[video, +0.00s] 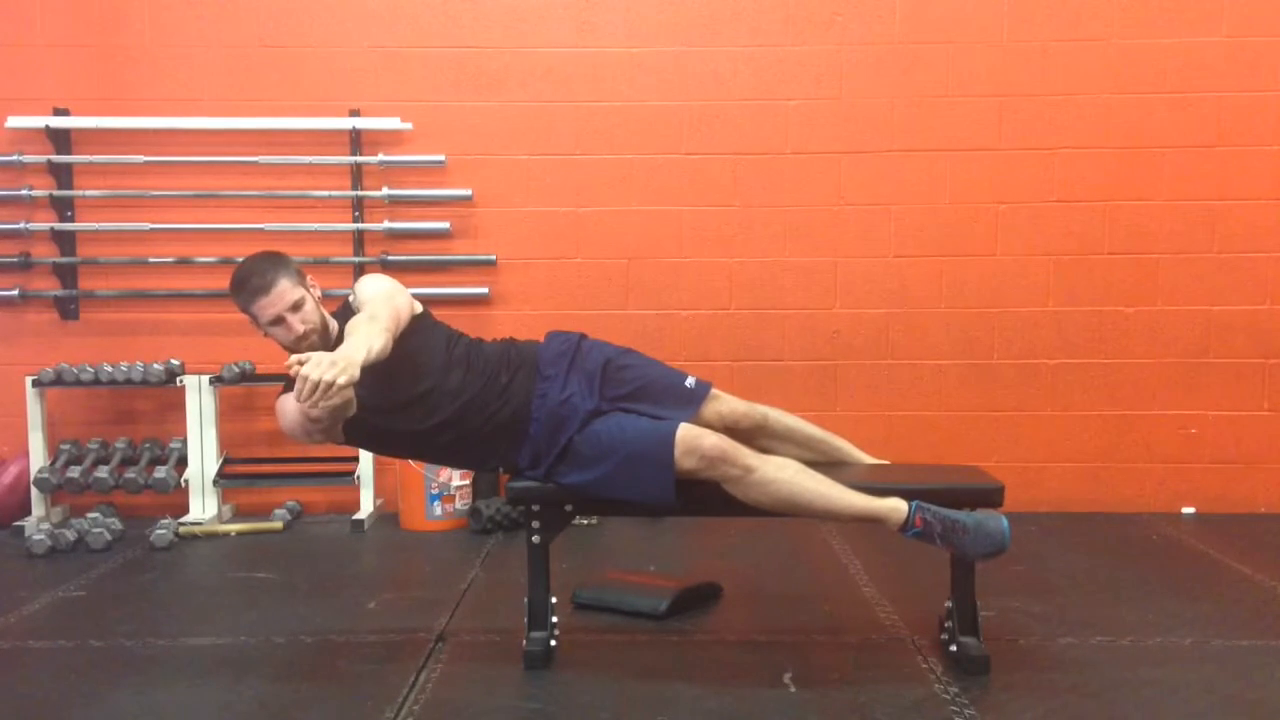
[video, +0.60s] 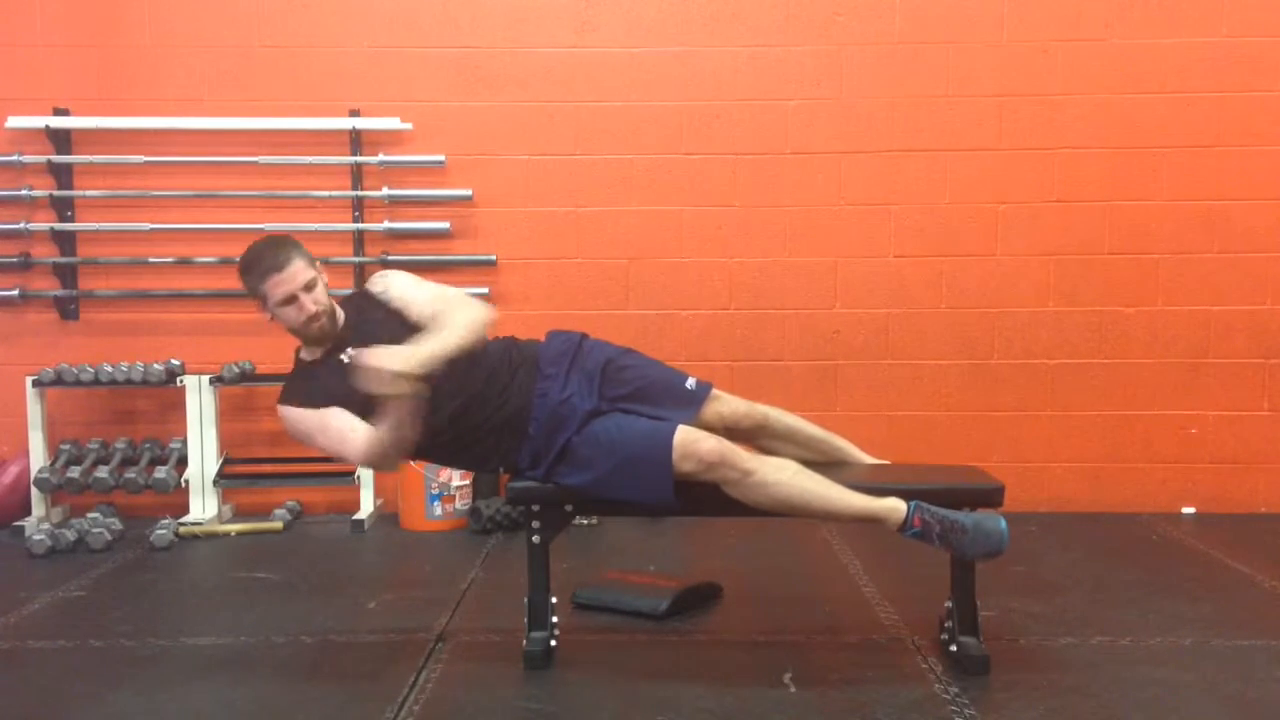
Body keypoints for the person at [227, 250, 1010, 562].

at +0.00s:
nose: (295, 327)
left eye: (294, 307)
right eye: (275, 326)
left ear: (312, 284)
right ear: (260, 337)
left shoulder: (368, 293)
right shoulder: (301, 400)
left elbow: (385, 321)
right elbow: (323, 420)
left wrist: (345, 360)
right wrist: (328, 399)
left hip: (568, 365)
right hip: (548, 446)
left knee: (737, 415)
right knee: (708, 454)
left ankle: (909, 491)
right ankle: (912, 520)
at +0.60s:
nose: (308, 305)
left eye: (309, 287)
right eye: (287, 303)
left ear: (324, 274)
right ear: (268, 318)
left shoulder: (376, 291)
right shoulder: (306, 399)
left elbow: (469, 315)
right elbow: (384, 452)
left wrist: (406, 362)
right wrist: (403, 374)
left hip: (566, 363)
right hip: (541, 442)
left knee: (739, 416)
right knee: (720, 461)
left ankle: (900, 483)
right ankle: (906, 520)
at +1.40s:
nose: (597, 171)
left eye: (601, 157)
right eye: (592, 153)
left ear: (564, 148)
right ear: (547, 142)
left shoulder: (565, 231)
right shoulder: (478, 238)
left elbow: (640, 306)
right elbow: (562, 344)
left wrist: (738, 339)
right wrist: (668, 401)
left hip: (623, 377)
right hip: (572, 421)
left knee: (777, 417)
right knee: (713, 464)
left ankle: (785, 539)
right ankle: (892, 557)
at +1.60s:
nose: (688, 177)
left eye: (692, 162)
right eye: (684, 159)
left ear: (654, 148)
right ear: (648, 143)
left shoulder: (632, 237)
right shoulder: (568, 223)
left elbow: (694, 326)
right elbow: (621, 352)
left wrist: (779, 396)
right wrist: (714, 433)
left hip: (633, 399)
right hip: (580, 421)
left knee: (765, 444)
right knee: (713, 470)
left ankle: (720, 547)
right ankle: (826, 654)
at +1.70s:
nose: (736, 187)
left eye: (740, 172)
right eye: (734, 169)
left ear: (706, 156)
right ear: (703, 153)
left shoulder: (671, 242)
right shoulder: (618, 220)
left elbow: (715, 343)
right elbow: (638, 354)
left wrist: (789, 422)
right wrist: (719, 446)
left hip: (641, 402)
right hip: (588, 416)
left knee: (761, 448)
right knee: (715, 464)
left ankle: (714, 554)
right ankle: (824, 651)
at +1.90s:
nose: (833, 216)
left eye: (839, 204)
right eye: (836, 200)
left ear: (805, 184)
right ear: (813, 183)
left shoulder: (752, 253)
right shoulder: (740, 215)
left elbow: (731, 362)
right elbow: (691, 327)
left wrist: (780, 439)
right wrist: (720, 441)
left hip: (657, 392)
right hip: (617, 391)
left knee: (758, 445)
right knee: (738, 462)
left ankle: (714, 550)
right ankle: (827, 654)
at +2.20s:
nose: (862, 222)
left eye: (866, 213)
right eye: (868, 210)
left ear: (819, 179)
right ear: (859, 193)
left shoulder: (783, 204)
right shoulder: (815, 217)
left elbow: (718, 310)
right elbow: (751, 318)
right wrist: (746, 425)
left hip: (644, 345)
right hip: (662, 349)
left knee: (729, 427)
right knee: (800, 452)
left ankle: (705, 548)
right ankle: (813, 660)